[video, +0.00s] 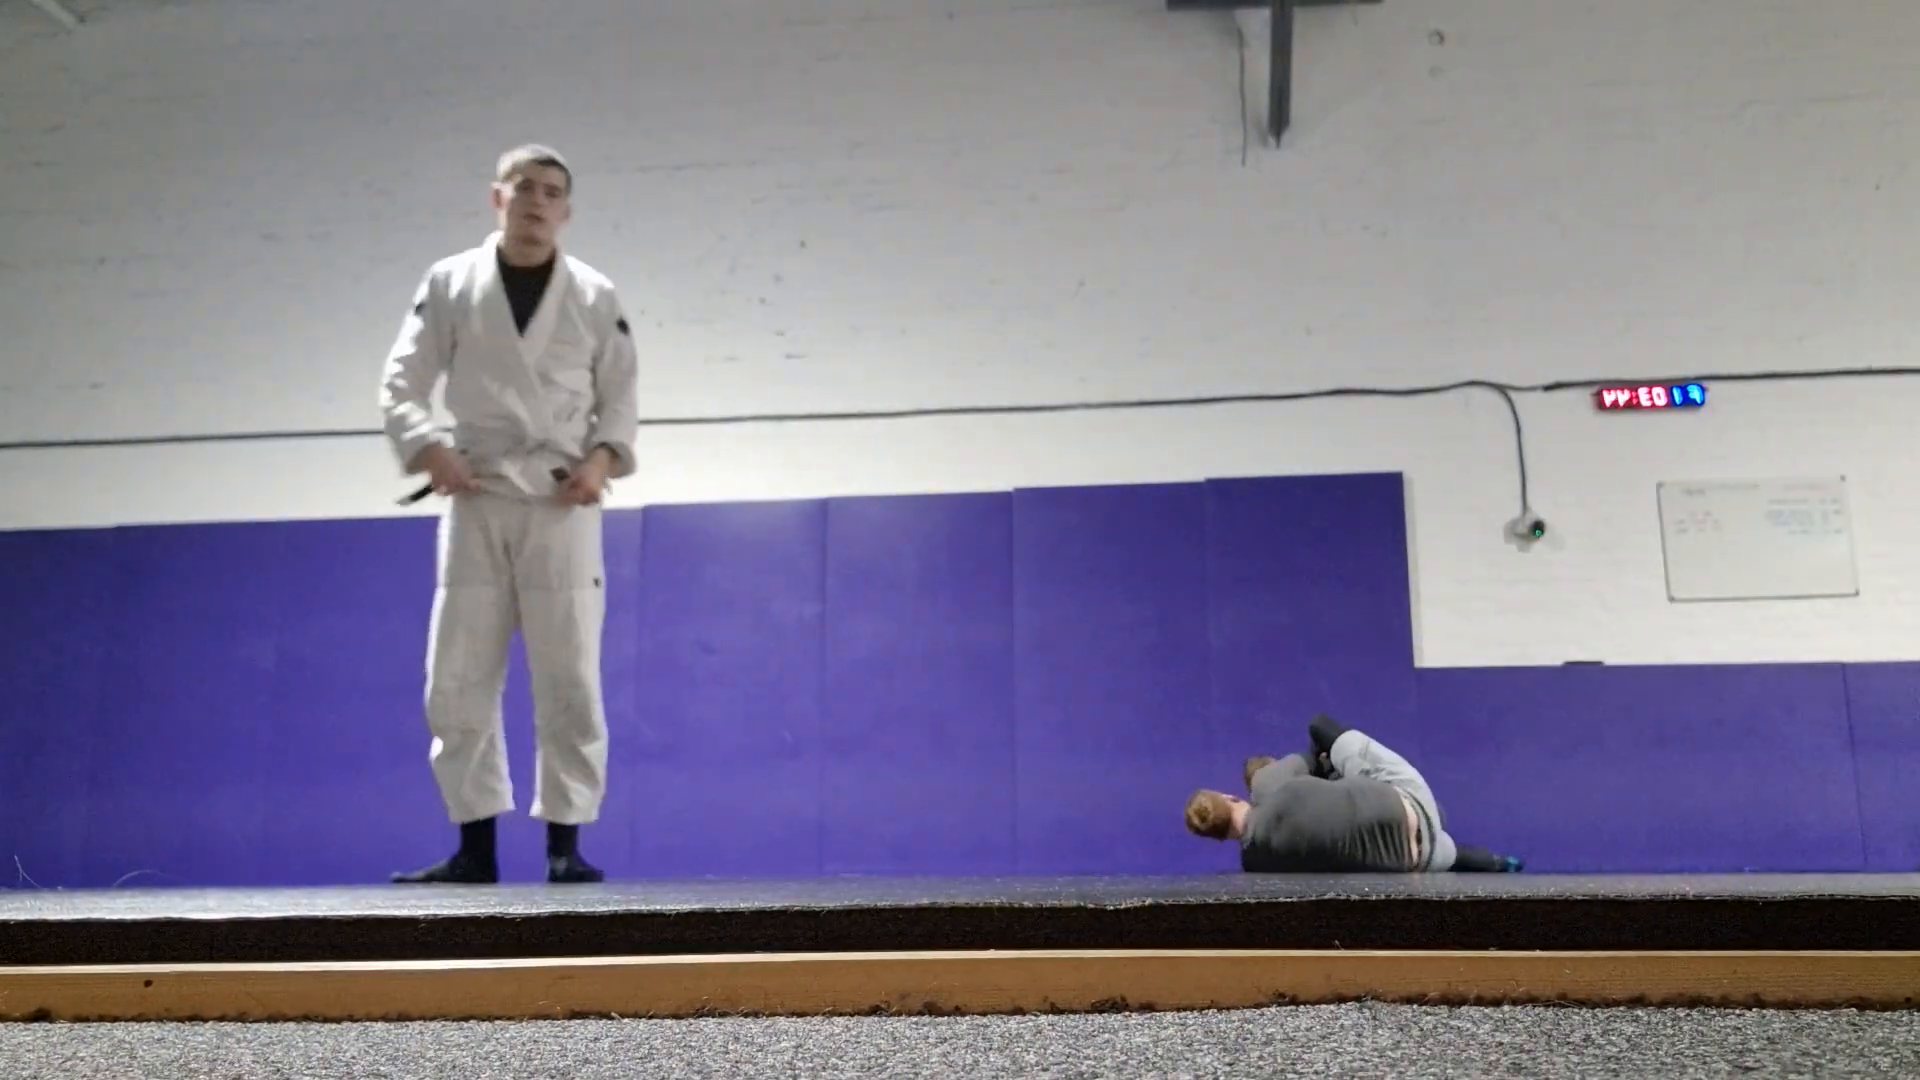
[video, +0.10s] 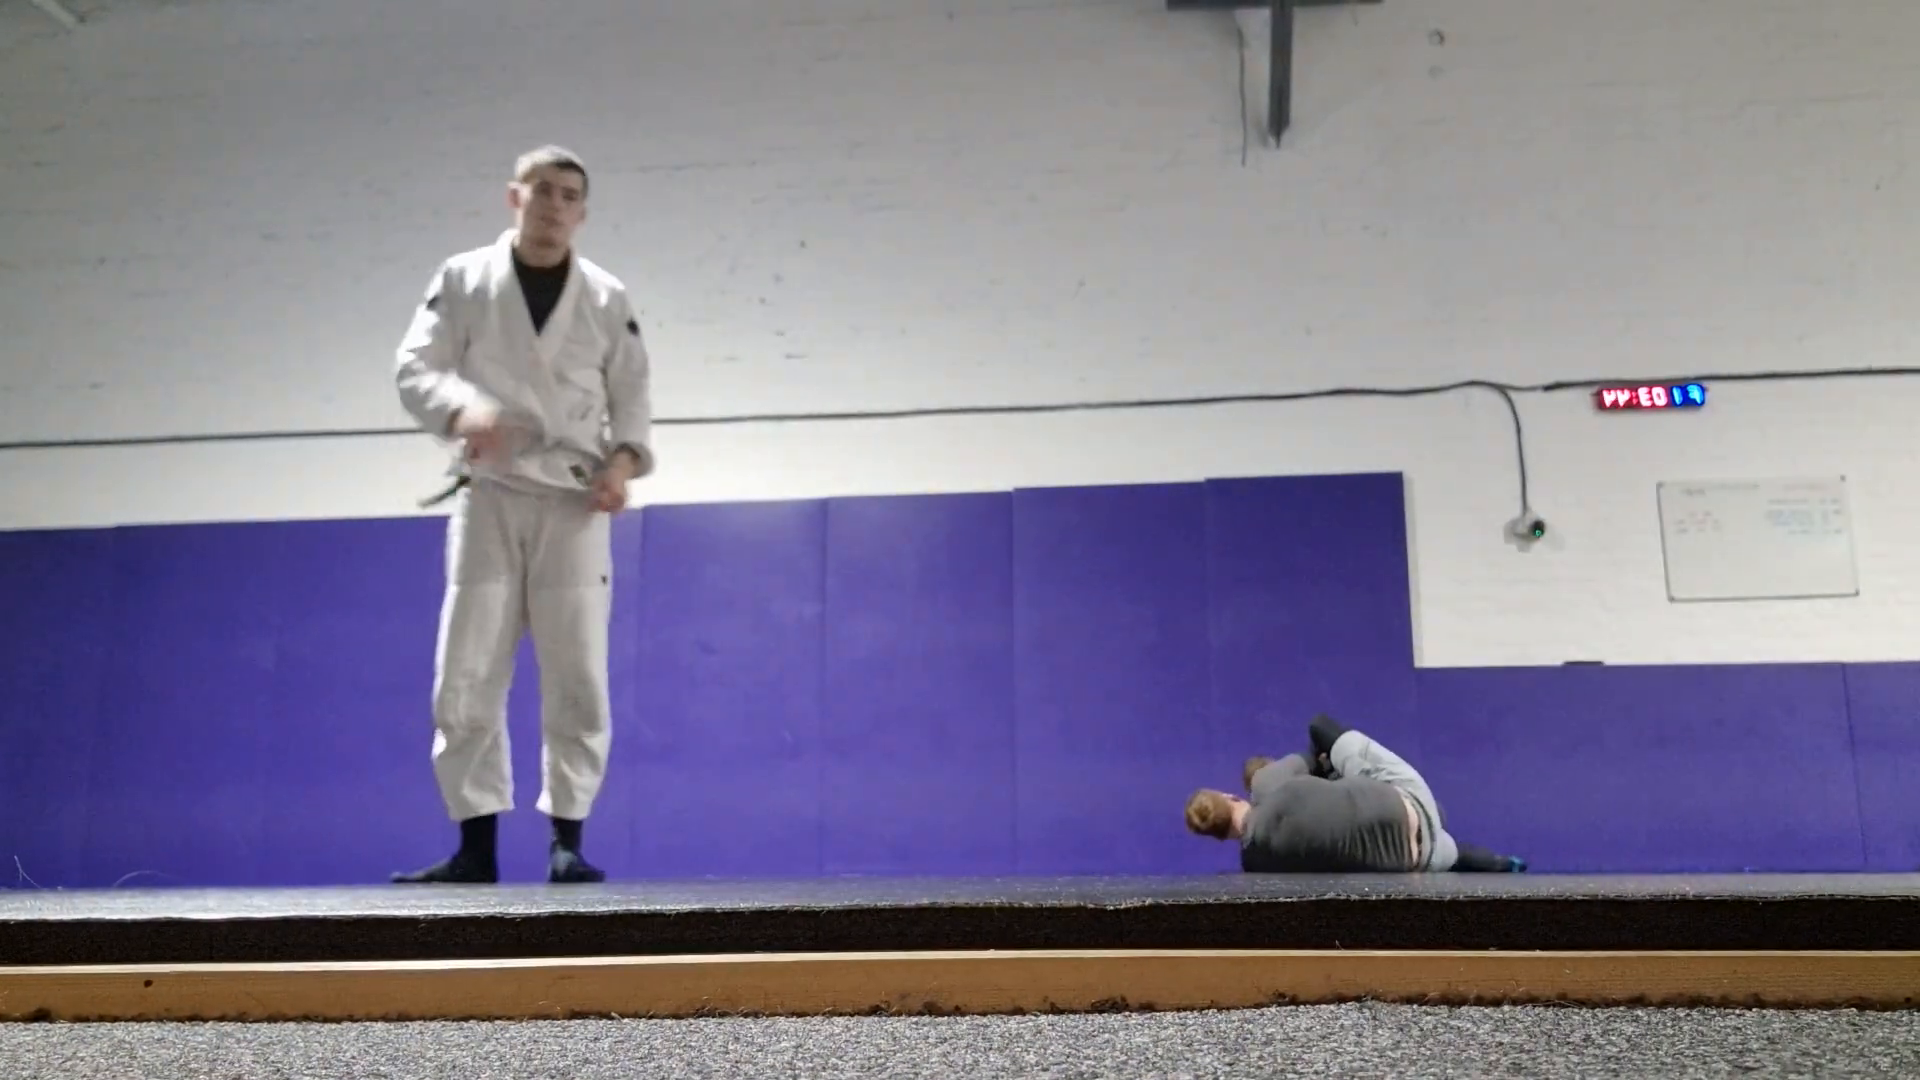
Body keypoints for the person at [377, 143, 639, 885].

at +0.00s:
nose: (535, 204)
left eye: (550, 194)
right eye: (524, 190)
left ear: (568, 212)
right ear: (496, 198)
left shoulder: (596, 300)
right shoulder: (449, 285)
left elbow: (620, 403)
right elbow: (401, 387)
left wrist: (601, 463)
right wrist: (430, 448)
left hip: (564, 503)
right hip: (474, 500)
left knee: (569, 676)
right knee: (459, 675)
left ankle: (565, 849)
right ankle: (475, 849)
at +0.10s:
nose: (553, 207)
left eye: (567, 197)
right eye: (541, 192)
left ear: (584, 213)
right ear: (513, 197)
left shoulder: (608, 300)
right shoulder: (463, 280)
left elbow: (632, 399)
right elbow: (415, 371)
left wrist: (624, 462)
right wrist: (466, 409)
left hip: (576, 507)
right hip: (487, 501)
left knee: (577, 672)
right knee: (469, 671)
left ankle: (568, 848)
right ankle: (475, 851)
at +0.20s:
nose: (562, 216)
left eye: (578, 205)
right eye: (550, 200)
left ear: (595, 217)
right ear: (525, 203)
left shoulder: (617, 304)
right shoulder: (476, 280)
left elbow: (643, 397)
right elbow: (426, 362)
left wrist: (653, 474)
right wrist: (494, 343)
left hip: (587, 504)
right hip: (499, 499)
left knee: (587, 674)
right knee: (474, 672)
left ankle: (568, 849)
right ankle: (477, 852)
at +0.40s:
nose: (578, 230)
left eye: (593, 219)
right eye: (567, 214)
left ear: (610, 226)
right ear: (540, 212)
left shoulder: (630, 309)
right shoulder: (496, 280)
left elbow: (660, 404)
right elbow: (463, 341)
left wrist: (695, 484)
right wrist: (533, 269)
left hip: (600, 499)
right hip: (512, 492)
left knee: (592, 668)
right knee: (481, 665)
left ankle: (569, 845)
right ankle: (481, 848)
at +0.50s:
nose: (586, 233)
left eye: (600, 223)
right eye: (575, 217)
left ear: (616, 230)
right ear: (548, 214)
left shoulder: (633, 311)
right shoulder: (503, 280)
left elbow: (663, 404)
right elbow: (465, 329)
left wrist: (698, 482)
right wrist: (539, 264)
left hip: (603, 499)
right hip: (516, 493)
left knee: (594, 667)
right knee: (484, 666)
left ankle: (569, 846)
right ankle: (480, 848)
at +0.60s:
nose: (592, 236)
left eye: (607, 226)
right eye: (581, 219)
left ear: (621, 233)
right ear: (552, 216)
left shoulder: (635, 312)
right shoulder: (506, 281)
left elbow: (664, 404)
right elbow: (471, 326)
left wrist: (692, 481)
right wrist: (543, 263)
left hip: (605, 502)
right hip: (519, 496)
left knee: (596, 671)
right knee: (486, 668)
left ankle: (568, 848)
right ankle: (481, 850)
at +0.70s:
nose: (597, 234)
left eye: (610, 224)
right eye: (585, 218)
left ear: (623, 230)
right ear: (554, 217)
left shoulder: (638, 313)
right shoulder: (511, 282)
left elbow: (662, 404)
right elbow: (475, 324)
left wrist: (680, 482)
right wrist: (549, 266)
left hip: (608, 505)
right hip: (521, 497)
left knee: (597, 674)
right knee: (488, 668)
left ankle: (569, 848)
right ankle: (481, 850)